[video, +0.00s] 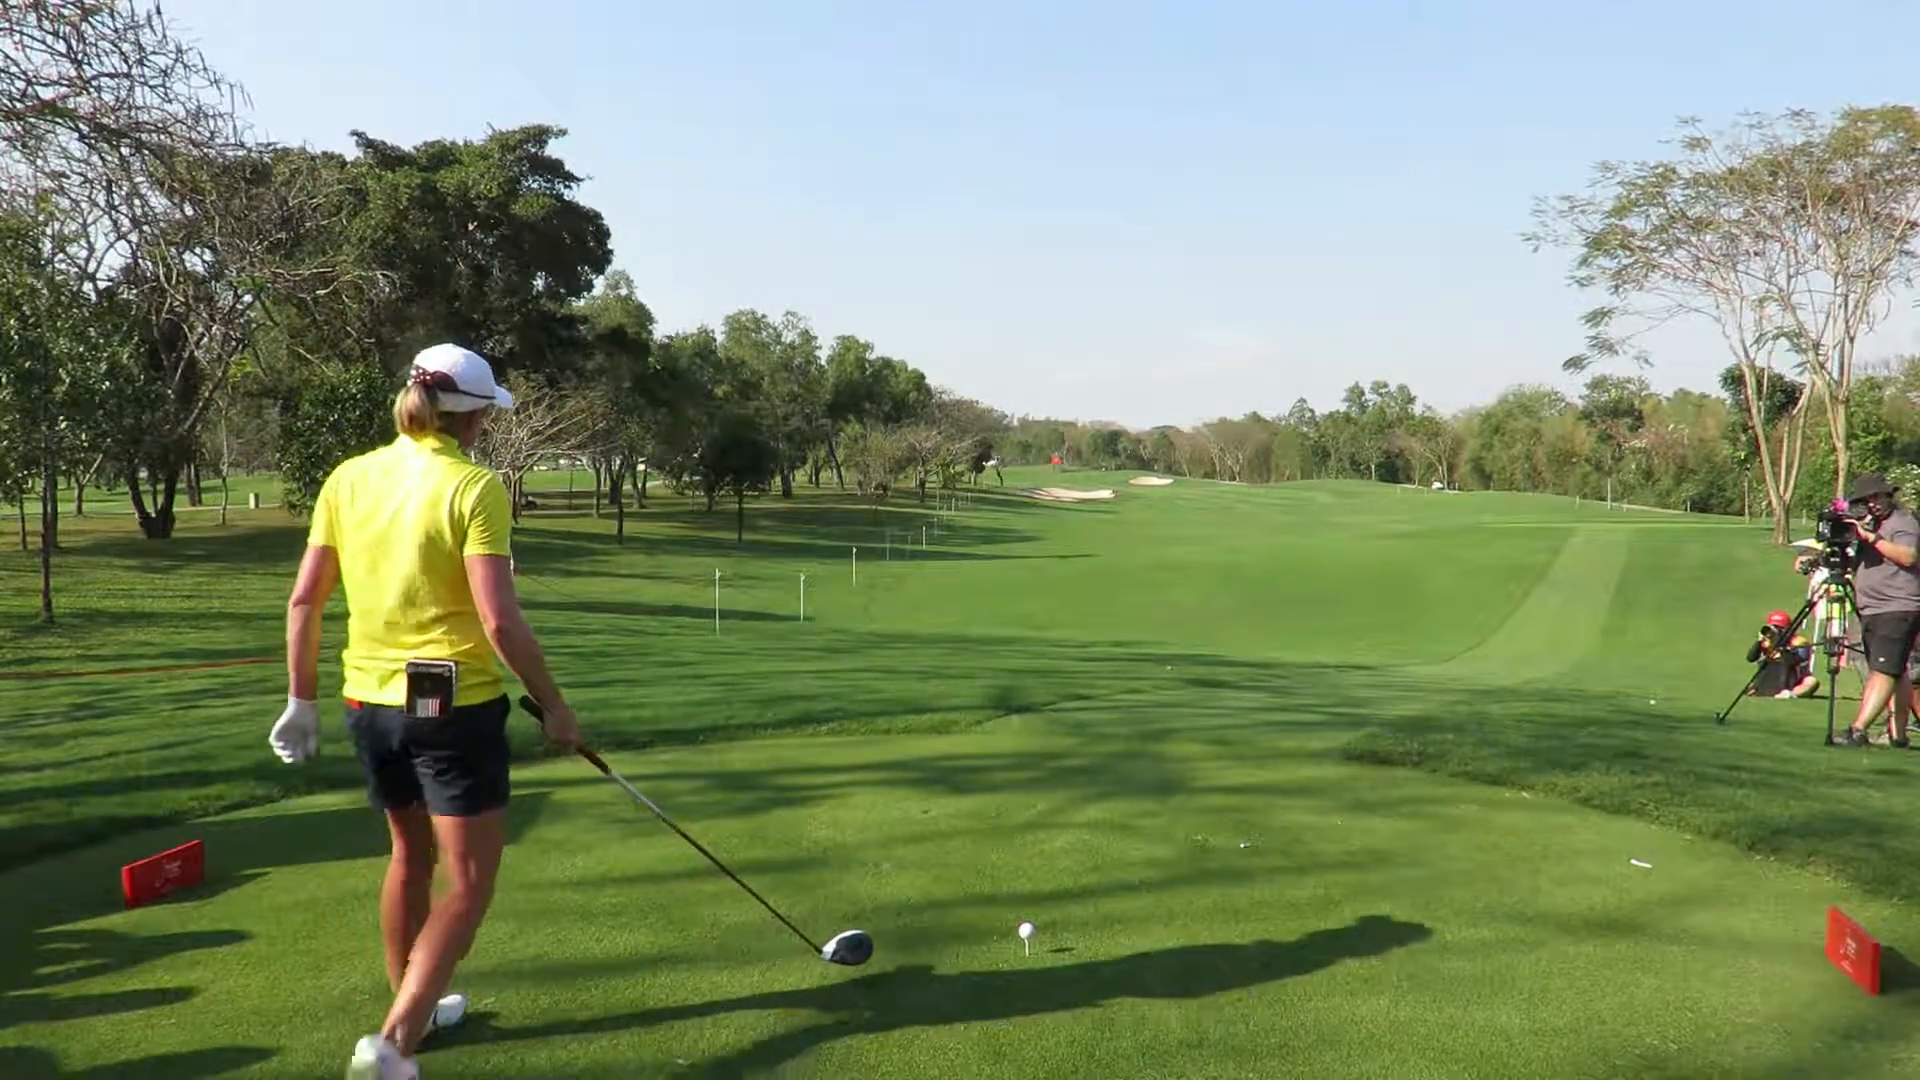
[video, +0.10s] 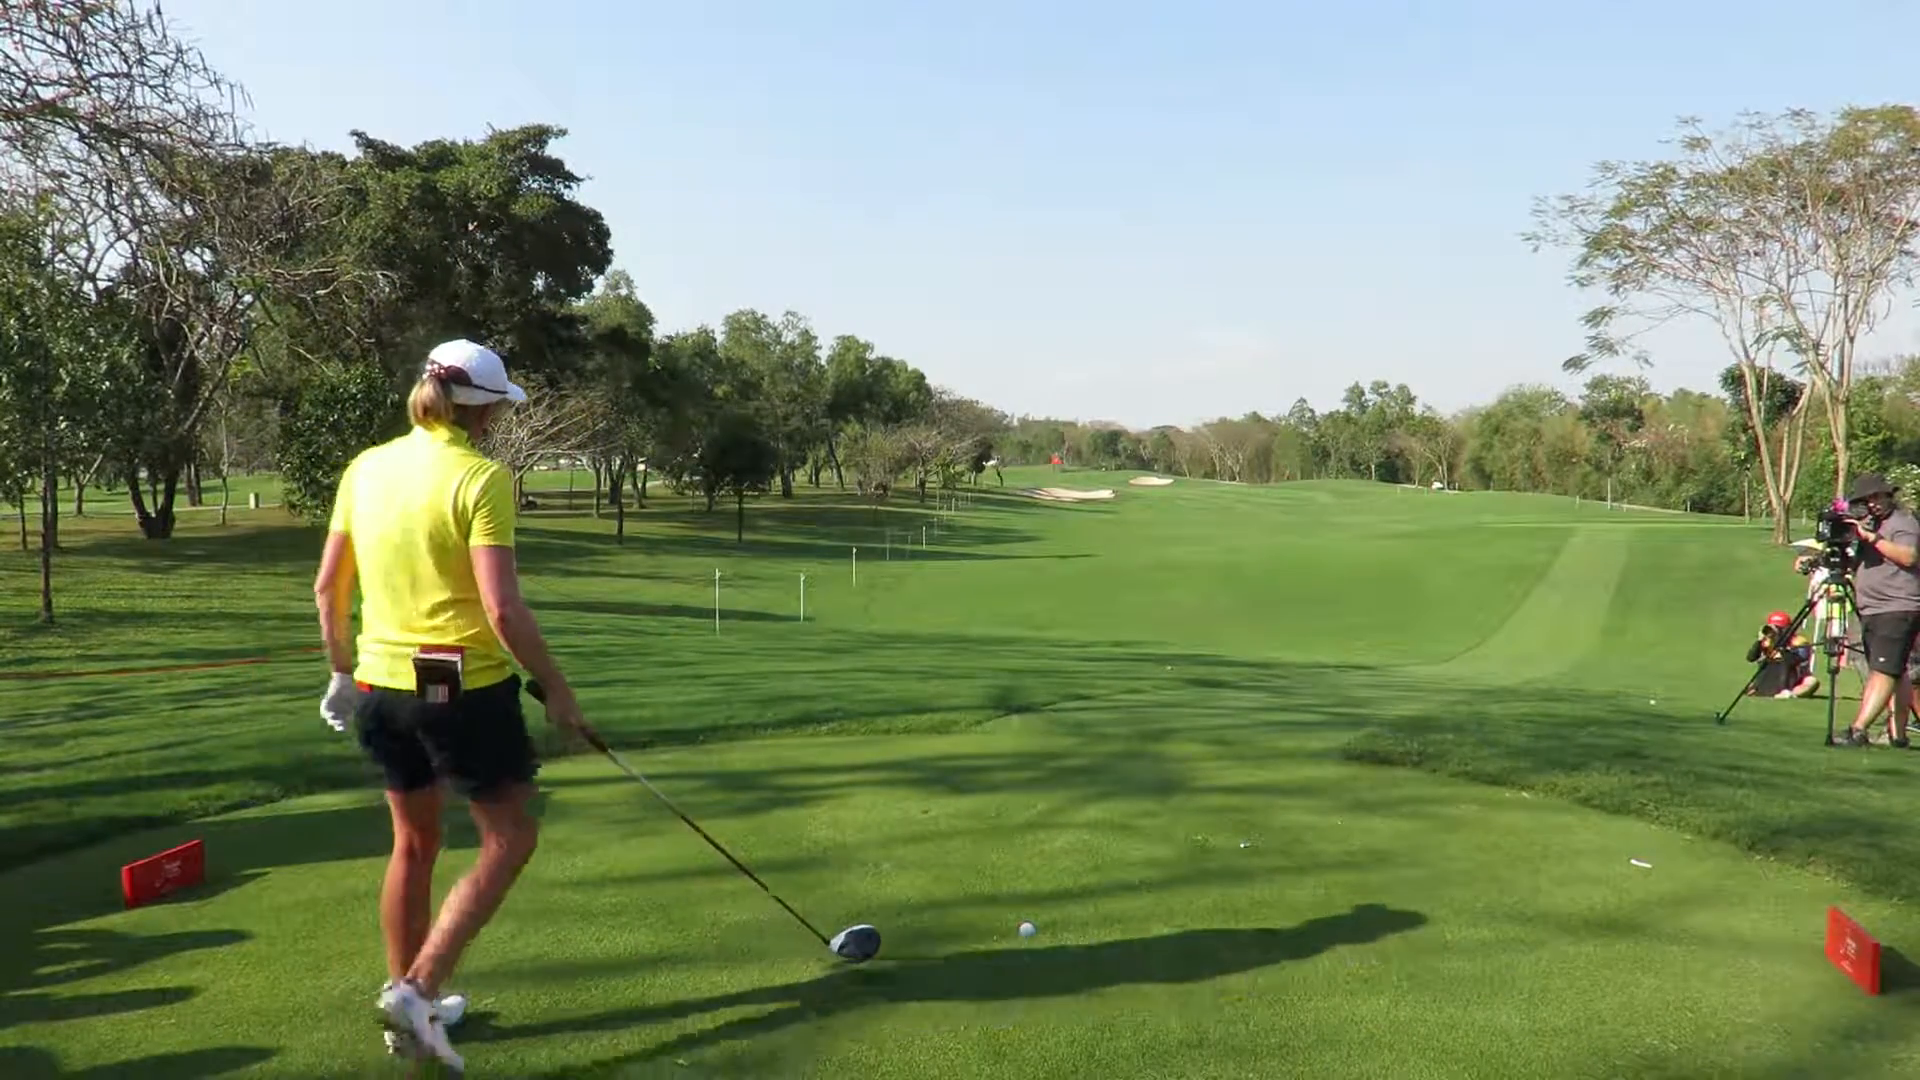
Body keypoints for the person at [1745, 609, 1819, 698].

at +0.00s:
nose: (1774, 632)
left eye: (1778, 629)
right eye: (1771, 629)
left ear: (1786, 629)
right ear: (1769, 628)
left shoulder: (1799, 642)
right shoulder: (1768, 642)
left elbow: (1800, 657)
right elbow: (1751, 658)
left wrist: (1783, 654)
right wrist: (1759, 642)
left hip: (1793, 679)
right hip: (1771, 677)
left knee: (1812, 681)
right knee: (1750, 688)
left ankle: (1791, 694)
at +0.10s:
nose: (1772, 634)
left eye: (1776, 630)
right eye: (1770, 630)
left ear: (1785, 630)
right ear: (1769, 629)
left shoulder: (1799, 642)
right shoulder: (1769, 642)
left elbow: (1800, 658)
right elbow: (1751, 658)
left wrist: (1783, 654)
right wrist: (1760, 642)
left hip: (1794, 678)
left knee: (1812, 681)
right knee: (1751, 688)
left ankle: (1791, 694)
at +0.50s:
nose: (1772, 634)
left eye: (1776, 630)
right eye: (1770, 630)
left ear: (1785, 630)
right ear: (1768, 629)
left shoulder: (1800, 642)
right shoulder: (1770, 642)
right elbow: (1751, 657)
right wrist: (1759, 641)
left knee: (1812, 680)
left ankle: (1792, 693)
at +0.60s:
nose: (1771, 633)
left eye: (1776, 630)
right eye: (1770, 630)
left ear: (1785, 630)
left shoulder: (1800, 643)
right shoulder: (1770, 641)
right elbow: (1751, 656)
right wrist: (1759, 640)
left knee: (1813, 679)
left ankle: (1792, 693)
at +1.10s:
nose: (1773, 629)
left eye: (1777, 625)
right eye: (1771, 625)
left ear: (1786, 625)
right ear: (1768, 624)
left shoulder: (1799, 639)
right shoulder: (1769, 637)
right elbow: (1751, 652)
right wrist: (1759, 637)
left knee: (1812, 675)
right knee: (1749, 683)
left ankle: (1792, 688)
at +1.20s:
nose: (1774, 626)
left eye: (1777, 622)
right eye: (1771, 622)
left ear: (1786, 622)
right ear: (1769, 621)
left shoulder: (1799, 635)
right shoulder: (1770, 633)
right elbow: (1751, 649)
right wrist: (1759, 634)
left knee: (1812, 672)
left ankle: (1792, 685)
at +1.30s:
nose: (1774, 623)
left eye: (1778, 619)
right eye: (1771, 619)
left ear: (1786, 619)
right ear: (1769, 619)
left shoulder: (1799, 631)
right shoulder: (1769, 631)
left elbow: (1800, 646)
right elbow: (1751, 646)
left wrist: (1782, 643)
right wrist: (1759, 631)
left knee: (1812, 669)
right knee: (1750, 676)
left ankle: (1792, 682)